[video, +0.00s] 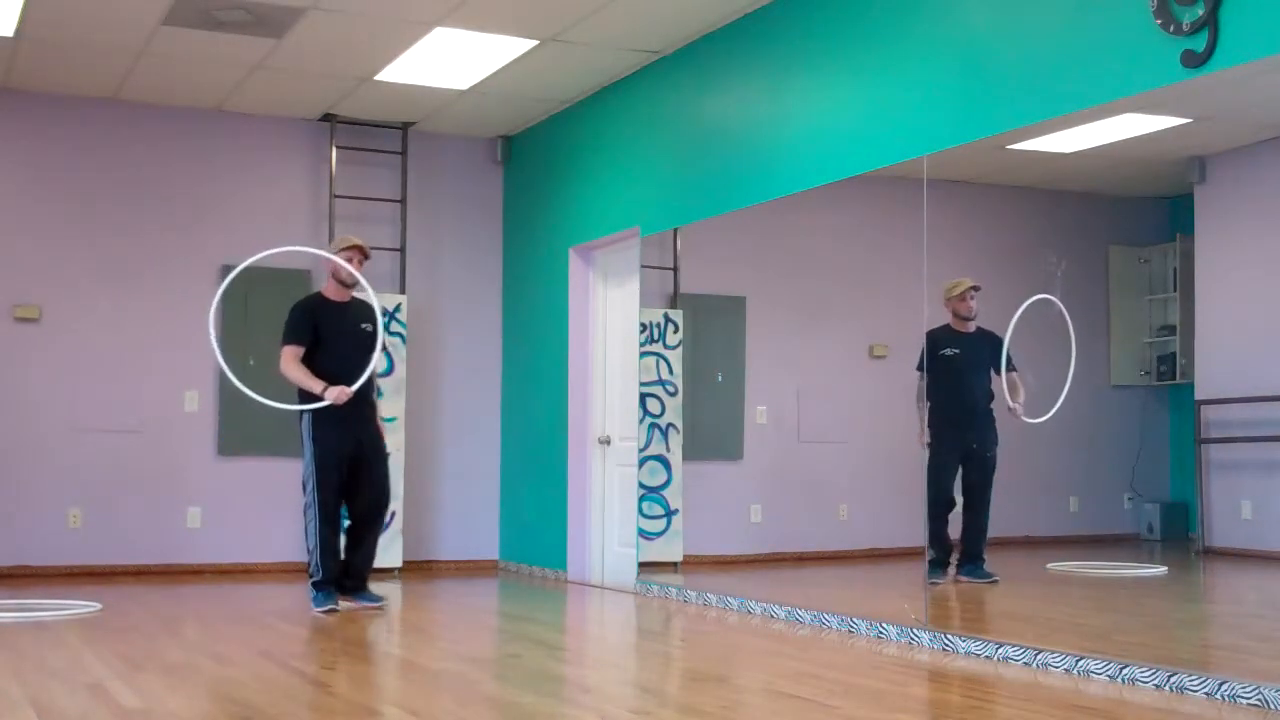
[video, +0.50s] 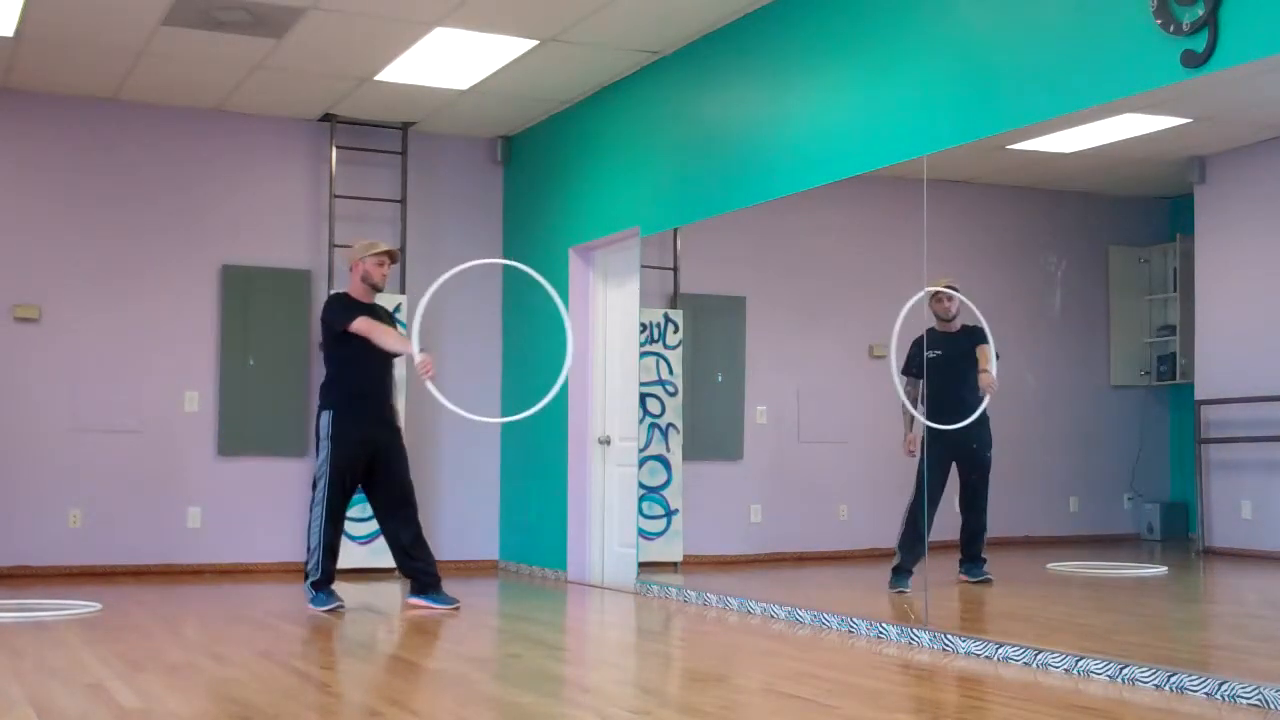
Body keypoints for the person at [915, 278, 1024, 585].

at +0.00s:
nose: (970, 302)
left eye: (972, 297)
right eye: (962, 298)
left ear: (977, 301)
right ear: (949, 305)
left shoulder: (991, 341)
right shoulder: (935, 339)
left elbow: (1012, 375)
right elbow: (923, 385)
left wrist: (1016, 400)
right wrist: (923, 424)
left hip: (981, 432)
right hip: (944, 432)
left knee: (978, 502)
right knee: (939, 501)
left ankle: (971, 564)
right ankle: (938, 562)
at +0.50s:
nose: (945, 304)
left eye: (950, 299)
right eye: (938, 300)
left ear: (959, 304)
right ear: (930, 307)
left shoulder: (975, 333)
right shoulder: (922, 343)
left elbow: (984, 355)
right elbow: (910, 391)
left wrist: (984, 372)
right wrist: (909, 430)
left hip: (974, 430)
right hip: (937, 433)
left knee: (975, 502)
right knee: (923, 502)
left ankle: (972, 565)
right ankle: (902, 571)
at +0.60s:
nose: (942, 306)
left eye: (947, 301)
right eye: (935, 302)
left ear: (957, 305)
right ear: (929, 308)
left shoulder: (972, 332)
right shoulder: (921, 344)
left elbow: (984, 344)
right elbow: (909, 390)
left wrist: (976, 347)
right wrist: (906, 429)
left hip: (971, 431)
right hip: (935, 433)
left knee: (974, 503)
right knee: (918, 503)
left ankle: (972, 565)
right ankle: (897, 571)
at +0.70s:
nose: (938, 303)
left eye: (943, 299)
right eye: (933, 299)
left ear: (953, 303)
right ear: (925, 305)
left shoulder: (963, 333)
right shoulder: (915, 342)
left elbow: (981, 342)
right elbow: (905, 389)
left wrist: (968, 320)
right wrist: (903, 429)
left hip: (965, 431)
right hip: (927, 433)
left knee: (970, 503)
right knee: (912, 504)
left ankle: (970, 566)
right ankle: (895, 572)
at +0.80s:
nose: (936, 303)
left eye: (941, 298)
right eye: (931, 298)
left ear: (949, 302)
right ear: (922, 303)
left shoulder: (957, 333)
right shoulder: (907, 339)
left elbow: (980, 346)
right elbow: (894, 387)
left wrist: (971, 316)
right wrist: (894, 428)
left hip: (956, 429)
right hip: (919, 431)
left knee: (965, 498)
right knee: (910, 501)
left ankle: (961, 562)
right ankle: (895, 571)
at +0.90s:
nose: (933, 301)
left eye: (937, 296)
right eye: (927, 296)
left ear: (942, 300)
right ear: (915, 300)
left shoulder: (952, 334)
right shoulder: (899, 338)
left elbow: (980, 351)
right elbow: (883, 386)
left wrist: (982, 319)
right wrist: (883, 427)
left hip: (945, 430)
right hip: (909, 432)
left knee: (957, 499)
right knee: (906, 503)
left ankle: (941, 562)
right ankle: (894, 572)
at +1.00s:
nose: (934, 301)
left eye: (936, 296)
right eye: (928, 296)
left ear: (939, 300)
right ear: (913, 300)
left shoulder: (946, 335)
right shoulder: (893, 339)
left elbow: (985, 357)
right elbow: (875, 382)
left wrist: (995, 323)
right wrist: (872, 425)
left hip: (937, 432)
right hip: (902, 433)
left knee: (940, 502)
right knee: (897, 503)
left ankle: (919, 568)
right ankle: (884, 571)